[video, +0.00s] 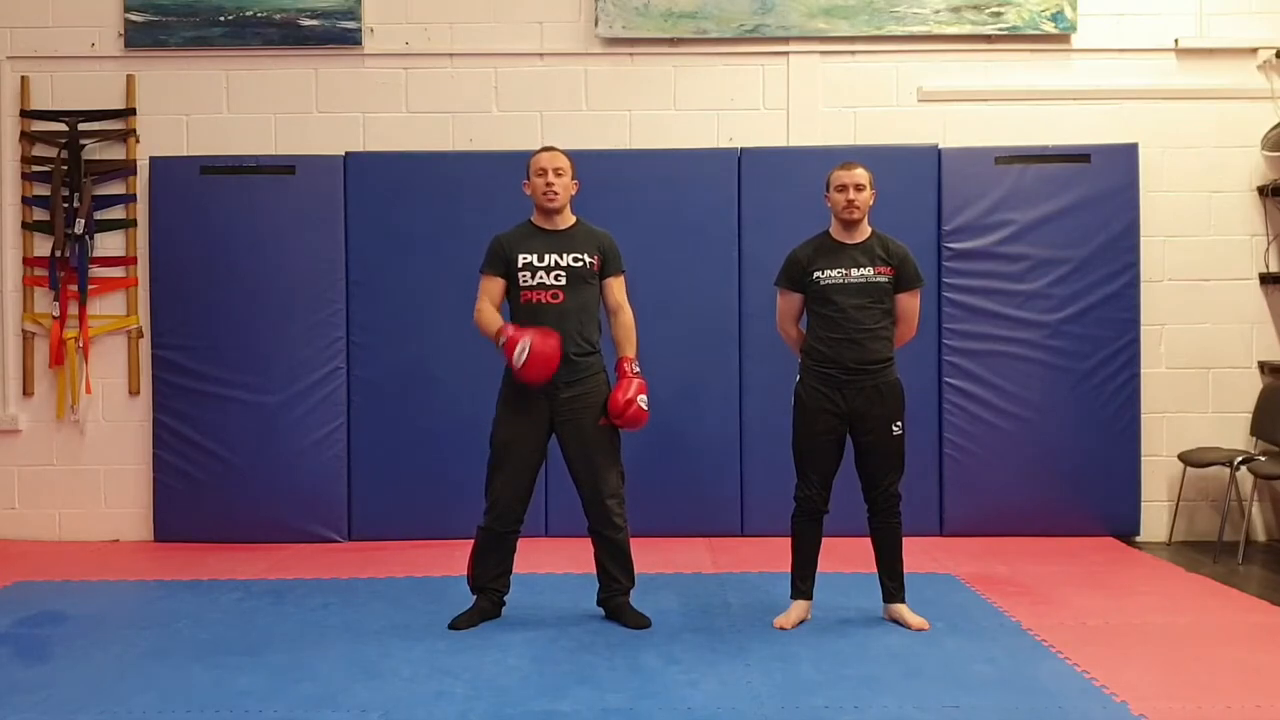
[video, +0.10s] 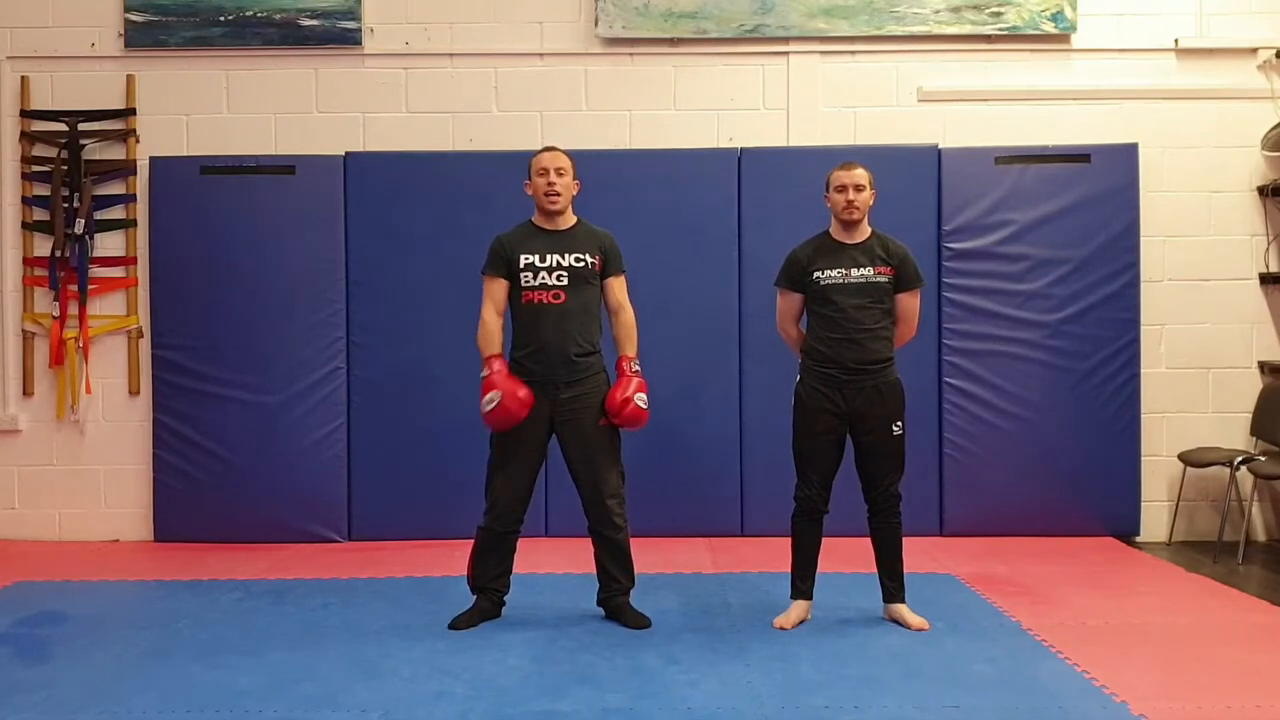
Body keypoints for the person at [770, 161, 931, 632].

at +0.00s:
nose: (850, 196)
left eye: (858, 188)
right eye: (841, 189)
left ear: (872, 195)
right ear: (828, 197)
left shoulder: (896, 256)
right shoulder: (804, 257)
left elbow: (907, 327)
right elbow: (787, 325)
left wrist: (865, 353)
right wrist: (822, 357)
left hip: (878, 392)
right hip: (819, 393)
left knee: (885, 499)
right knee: (810, 497)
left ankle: (894, 601)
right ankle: (801, 599)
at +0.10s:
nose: (850, 197)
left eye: (858, 188)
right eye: (841, 189)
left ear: (872, 196)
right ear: (828, 197)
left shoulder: (896, 256)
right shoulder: (804, 257)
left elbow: (907, 327)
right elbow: (787, 325)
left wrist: (865, 353)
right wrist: (822, 357)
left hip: (878, 392)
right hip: (819, 393)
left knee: (885, 499)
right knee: (810, 497)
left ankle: (894, 601)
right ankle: (801, 599)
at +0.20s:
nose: (849, 197)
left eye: (857, 188)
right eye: (840, 189)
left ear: (871, 196)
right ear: (827, 198)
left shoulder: (896, 256)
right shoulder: (804, 257)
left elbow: (907, 327)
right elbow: (787, 325)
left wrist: (865, 353)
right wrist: (822, 357)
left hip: (878, 392)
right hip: (819, 393)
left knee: (885, 499)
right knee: (810, 497)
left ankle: (894, 601)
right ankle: (801, 599)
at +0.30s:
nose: (849, 197)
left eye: (857, 189)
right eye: (839, 189)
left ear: (871, 196)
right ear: (827, 198)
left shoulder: (896, 256)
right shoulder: (804, 258)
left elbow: (907, 327)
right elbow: (787, 325)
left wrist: (865, 353)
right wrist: (822, 357)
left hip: (878, 392)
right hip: (819, 393)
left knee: (885, 499)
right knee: (810, 497)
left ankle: (894, 600)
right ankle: (801, 598)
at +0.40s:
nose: (848, 197)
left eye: (857, 189)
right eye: (839, 190)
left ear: (871, 195)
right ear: (827, 198)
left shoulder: (896, 256)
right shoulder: (804, 258)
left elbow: (907, 328)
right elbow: (787, 325)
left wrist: (864, 353)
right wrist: (822, 357)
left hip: (878, 392)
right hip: (819, 393)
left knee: (885, 499)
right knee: (810, 497)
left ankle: (894, 600)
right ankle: (801, 598)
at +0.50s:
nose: (849, 197)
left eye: (857, 189)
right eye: (839, 190)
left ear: (871, 196)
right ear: (827, 198)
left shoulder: (896, 256)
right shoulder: (804, 258)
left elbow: (907, 327)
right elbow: (787, 325)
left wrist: (865, 353)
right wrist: (822, 357)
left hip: (878, 392)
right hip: (819, 393)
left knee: (885, 499)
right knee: (810, 497)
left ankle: (894, 600)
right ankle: (801, 598)